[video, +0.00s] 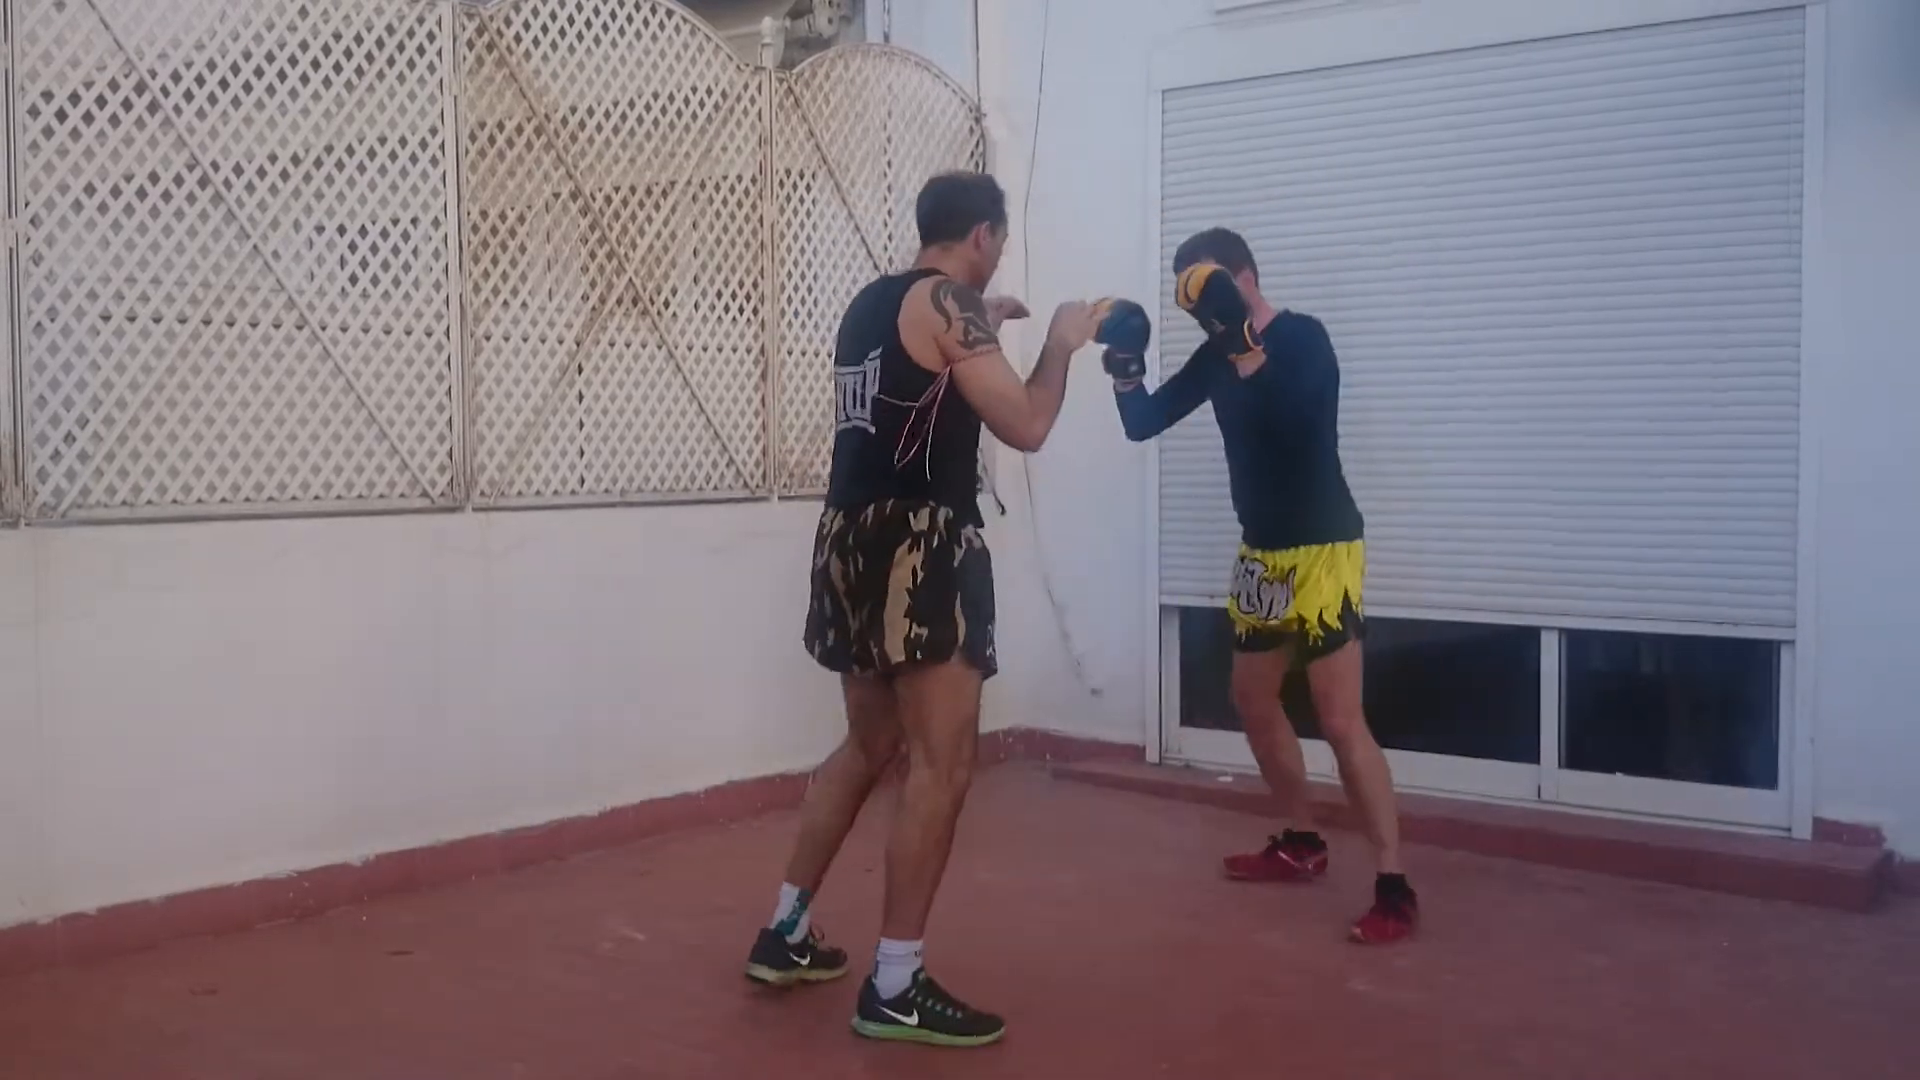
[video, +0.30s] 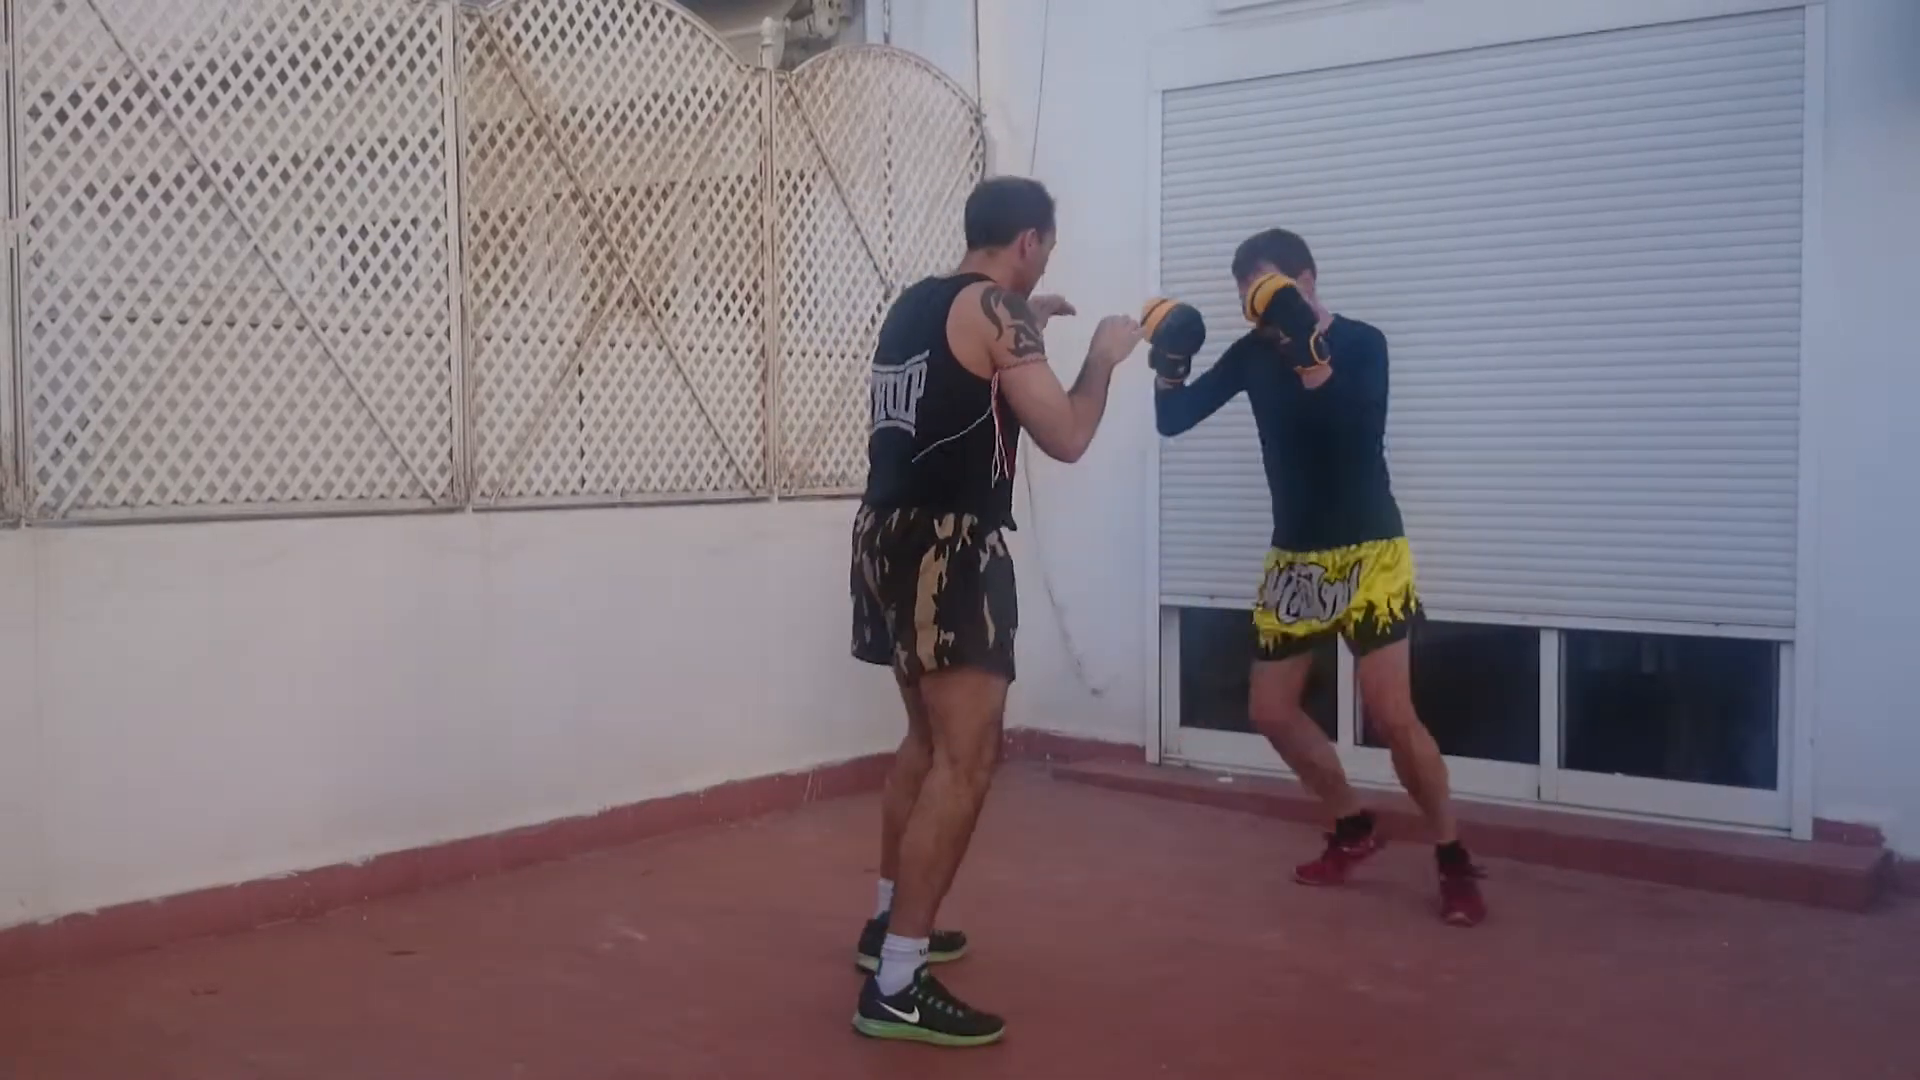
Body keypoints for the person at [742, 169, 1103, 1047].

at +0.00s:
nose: (1001, 256)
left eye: (999, 243)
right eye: (1000, 241)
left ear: (925, 234)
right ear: (978, 238)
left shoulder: (868, 301)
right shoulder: (945, 306)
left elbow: (907, 373)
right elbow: (1024, 425)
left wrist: (976, 324)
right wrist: (1062, 347)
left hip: (852, 541)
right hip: (921, 549)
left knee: (870, 745)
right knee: (942, 767)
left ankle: (782, 932)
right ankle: (895, 986)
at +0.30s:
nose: (1046, 263)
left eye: (1047, 249)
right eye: (1046, 249)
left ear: (971, 236)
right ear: (1025, 243)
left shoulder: (912, 304)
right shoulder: (993, 312)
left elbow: (952, 369)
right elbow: (1067, 437)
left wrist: (1018, 321)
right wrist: (1099, 361)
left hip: (891, 545)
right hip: (951, 553)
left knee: (926, 746)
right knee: (966, 760)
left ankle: (891, 920)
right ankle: (897, 985)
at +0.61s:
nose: (1157, 416)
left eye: (1160, 403)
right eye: (1157, 402)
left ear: (1110, 385)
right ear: (1129, 390)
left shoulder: (1055, 418)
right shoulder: (1068, 412)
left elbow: (1085, 522)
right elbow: (1170, 510)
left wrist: (1173, 476)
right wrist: (1200, 440)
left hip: (976, 601)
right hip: (934, 602)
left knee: (1059, 733)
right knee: (1020, 788)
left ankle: (1092, 875)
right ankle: (903, 986)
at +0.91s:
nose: (1251, 429)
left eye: (1257, 415)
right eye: (1245, 409)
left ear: (1219, 406)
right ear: (1199, 388)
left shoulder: (1173, 486)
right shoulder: (1126, 395)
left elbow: (1186, 594)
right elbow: (1149, 472)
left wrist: (1269, 652)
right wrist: (1239, 458)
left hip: (1058, 592)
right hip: (982, 559)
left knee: (1137, 732)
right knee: (987, 748)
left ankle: (1119, 886)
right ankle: (884, 897)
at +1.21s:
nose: (1195, 284)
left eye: (1207, 281)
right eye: (1204, 277)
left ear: (1221, 315)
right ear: (1213, 314)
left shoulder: (1200, 412)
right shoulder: (1167, 335)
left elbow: (1106, 464)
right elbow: (1156, 294)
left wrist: (1078, 368)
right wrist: (1147, 255)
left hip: (1096, 557)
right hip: (1013, 526)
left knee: (1116, 748)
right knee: (948, 703)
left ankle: (1149, 880)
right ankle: (925, 889)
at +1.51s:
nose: (1184, 275)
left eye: (1198, 275)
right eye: (1195, 269)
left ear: (1217, 310)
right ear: (1207, 300)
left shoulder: (1212, 410)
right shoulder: (1156, 308)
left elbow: (1121, 474)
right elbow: (1101, 212)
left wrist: (1103, 364)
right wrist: (1126, 259)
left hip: (1116, 555)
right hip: (1033, 525)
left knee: (1136, 736)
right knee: (969, 705)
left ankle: (1157, 881)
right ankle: (929, 888)